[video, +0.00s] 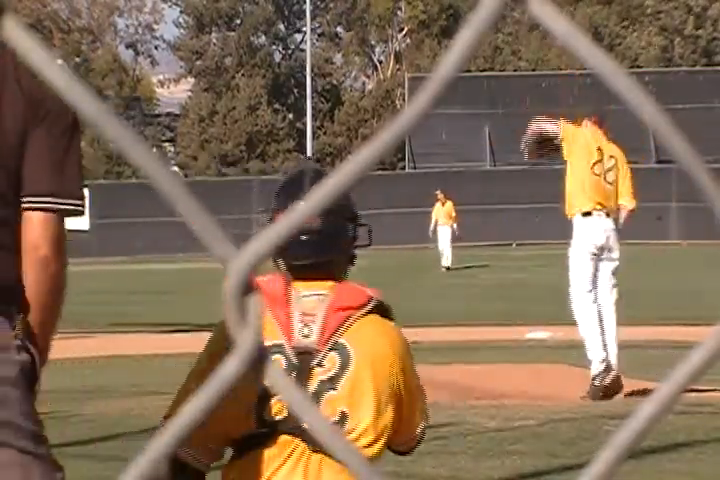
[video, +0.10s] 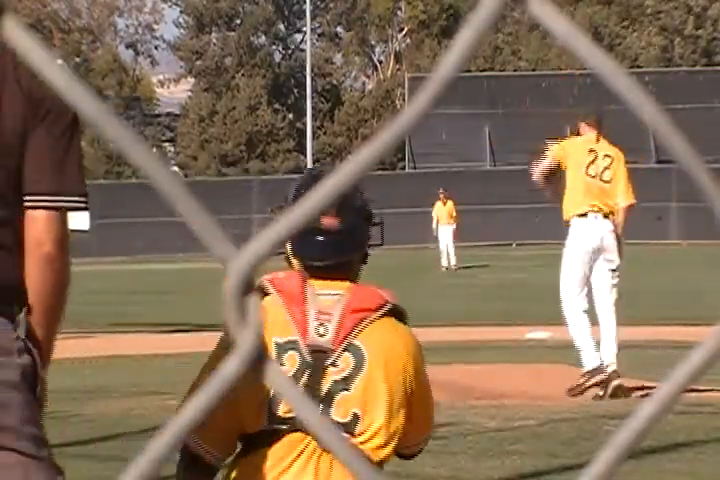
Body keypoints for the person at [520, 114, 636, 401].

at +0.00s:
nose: (580, 126)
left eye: (581, 122)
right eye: (581, 123)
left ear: (586, 122)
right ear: (603, 125)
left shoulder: (576, 133)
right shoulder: (617, 153)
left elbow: (538, 124)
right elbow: (627, 202)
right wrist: (613, 227)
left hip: (586, 224)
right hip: (610, 226)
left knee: (582, 296)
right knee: (607, 296)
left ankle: (599, 366)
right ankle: (611, 366)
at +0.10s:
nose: (579, 132)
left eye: (580, 129)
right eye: (581, 129)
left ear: (584, 128)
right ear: (599, 129)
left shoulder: (572, 145)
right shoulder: (616, 154)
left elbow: (547, 160)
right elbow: (624, 202)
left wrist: (539, 171)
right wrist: (617, 236)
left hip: (582, 225)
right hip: (609, 227)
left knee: (572, 298)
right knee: (606, 300)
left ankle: (591, 364)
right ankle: (610, 365)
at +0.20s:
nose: (573, 133)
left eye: (573, 129)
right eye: (577, 129)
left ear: (574, 131)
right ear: (594, 130)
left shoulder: (563, 157)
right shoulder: (608, 155)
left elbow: (550, 201)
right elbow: (623, 198)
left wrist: (561, 209)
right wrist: (618, 236)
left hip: (575, 227)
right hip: (604, 226)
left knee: (571, 302)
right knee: (606, 303)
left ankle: (573, 371)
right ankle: (609, 367)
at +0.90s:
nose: (557, 142)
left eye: (555, 139)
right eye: (567, 137)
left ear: (552, 139)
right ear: (573, 136)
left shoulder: (542, 161)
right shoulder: (586, 155)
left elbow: (526, 208)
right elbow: (595, 197)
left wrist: (549, 216)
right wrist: (596, 225)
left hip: (551, 229)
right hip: (579, 228)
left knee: (557, 305)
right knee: (579, 301)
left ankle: (561, 367)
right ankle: (577, 357)